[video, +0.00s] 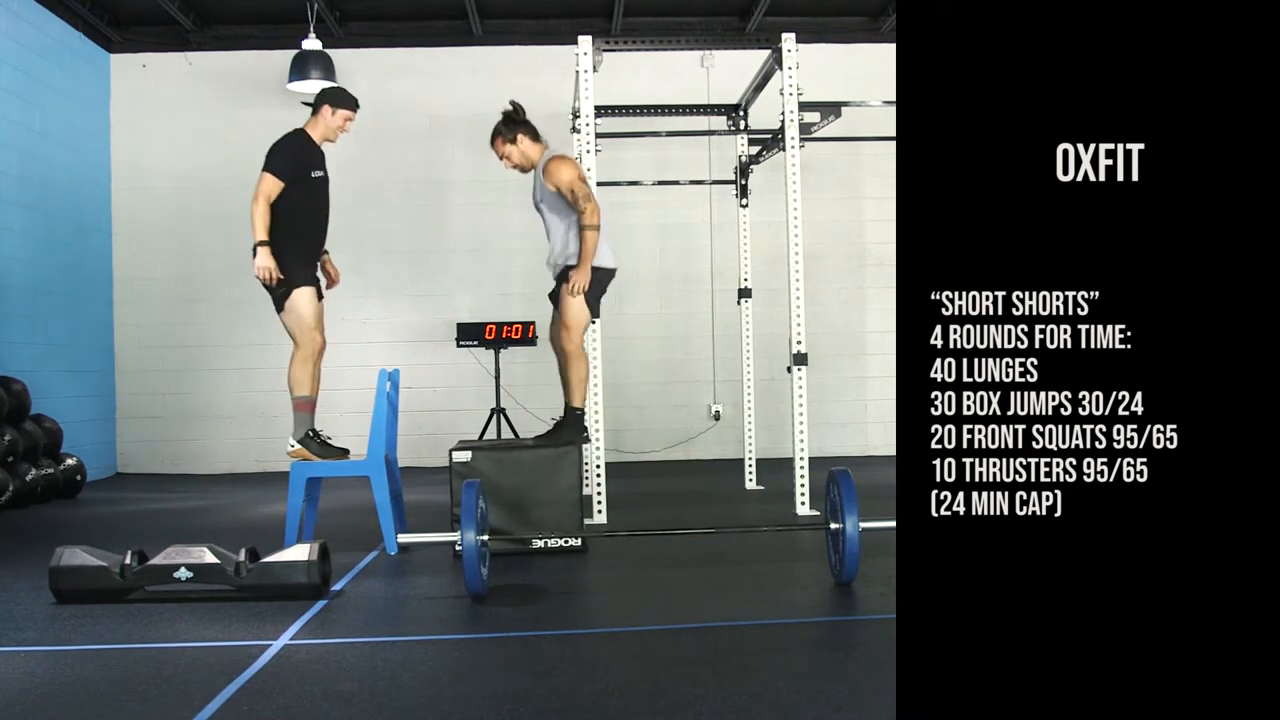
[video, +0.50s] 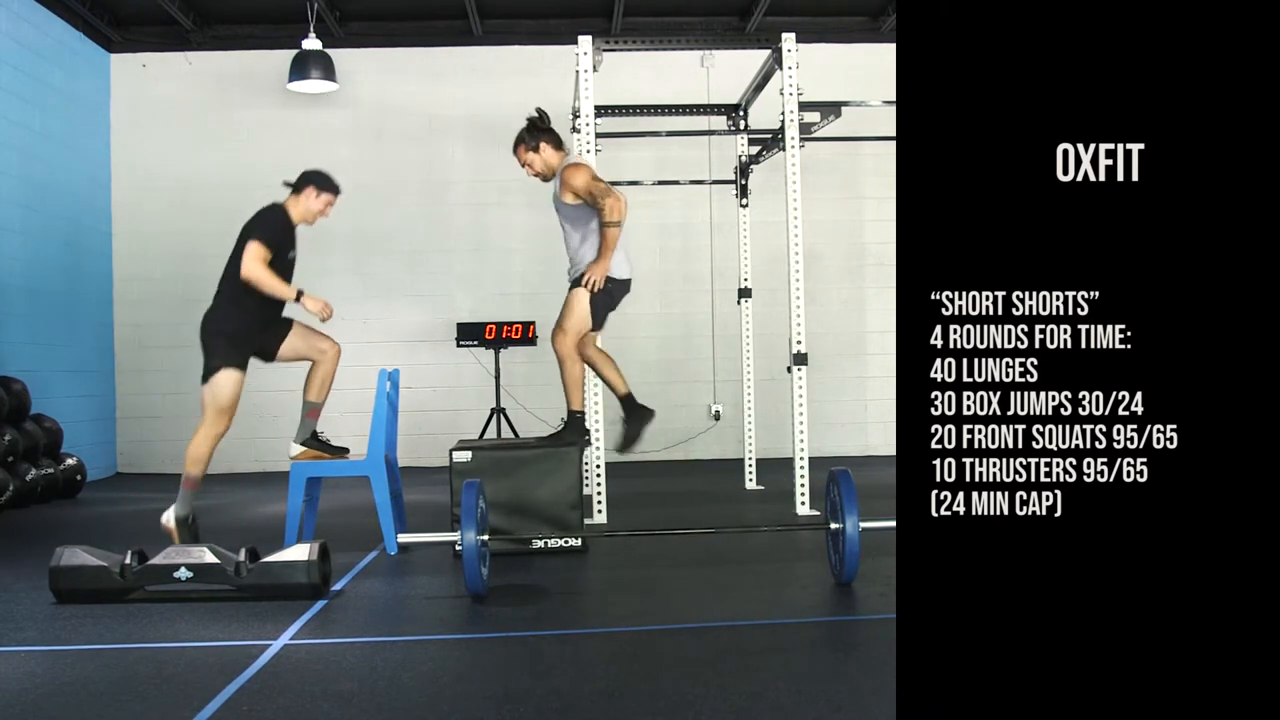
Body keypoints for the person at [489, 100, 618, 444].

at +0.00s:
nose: (506, 163)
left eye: (505, 155)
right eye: (502, 159)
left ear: (522, 139)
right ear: (523, 141)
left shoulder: (557, 167)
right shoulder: (543, 175)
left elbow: (590, 209)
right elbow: (571, 221)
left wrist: (584, 266)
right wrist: (564, 269)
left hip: (583, 268)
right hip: (568, 269)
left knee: (569, 337)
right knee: (558, 338)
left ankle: (576, 421)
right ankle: (571, 418)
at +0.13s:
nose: (512, 157)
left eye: (511, 148)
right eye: (507, 152)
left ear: (526, 132)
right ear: (526, 134)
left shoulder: (560, 159)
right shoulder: (548, 166)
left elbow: (592, 202)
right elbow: (573, 212)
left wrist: (581, 259)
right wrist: (559, 261)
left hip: (578, 266)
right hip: (568, 266)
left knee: (577, 341)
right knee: (574, 341)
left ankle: (577, 421)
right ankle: (574, 420)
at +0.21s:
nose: (513, 160)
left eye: (513, 152)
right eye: (509, 155)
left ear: (529, 137)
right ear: (530, 138)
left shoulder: (562, 164)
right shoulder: (552, 168)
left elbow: (593, 204)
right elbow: (579, 212)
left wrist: (579, 261)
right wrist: (564, 262)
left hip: (580, 269)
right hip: (573, 269)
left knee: (570, 340)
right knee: (571, 341)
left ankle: (576, 422)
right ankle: (575, 421)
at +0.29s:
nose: (515, 162)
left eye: (514, 153)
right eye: (511, 157)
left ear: (530, 137)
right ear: (532, 138)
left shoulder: (560, 164)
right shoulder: (554, 167)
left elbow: (592, 202)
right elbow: (584, 209)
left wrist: (583, 259)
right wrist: (571, 262)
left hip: (585, 268)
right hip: (577, 268)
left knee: (570, 337)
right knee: (569, 338)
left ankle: (577, 419)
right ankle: (574, 417)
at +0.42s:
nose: (521, 165)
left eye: (520, 156)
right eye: (516, 159)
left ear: (537, 141)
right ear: (539, 141)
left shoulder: (563, 167)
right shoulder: (568, 167)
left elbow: (599, 204)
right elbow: (611, 207)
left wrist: (593, 259)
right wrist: (593, 255)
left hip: (591, 270)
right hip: (597, 269)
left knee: (570, 339)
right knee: (578, 338)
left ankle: (577, 424)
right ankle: (609, 405)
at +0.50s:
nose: (529, 172)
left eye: (527, 163)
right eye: (525, 167)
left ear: (545, 148)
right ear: (546, 149)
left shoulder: (572, 174)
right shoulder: (573, 173)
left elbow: (613, 202)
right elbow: (616, 201)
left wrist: (603, 260)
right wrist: (599, 259)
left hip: (597, 275)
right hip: (604, 275)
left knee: (563, 340)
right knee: (585, 345)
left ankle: (575, 424)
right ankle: (634, 409)